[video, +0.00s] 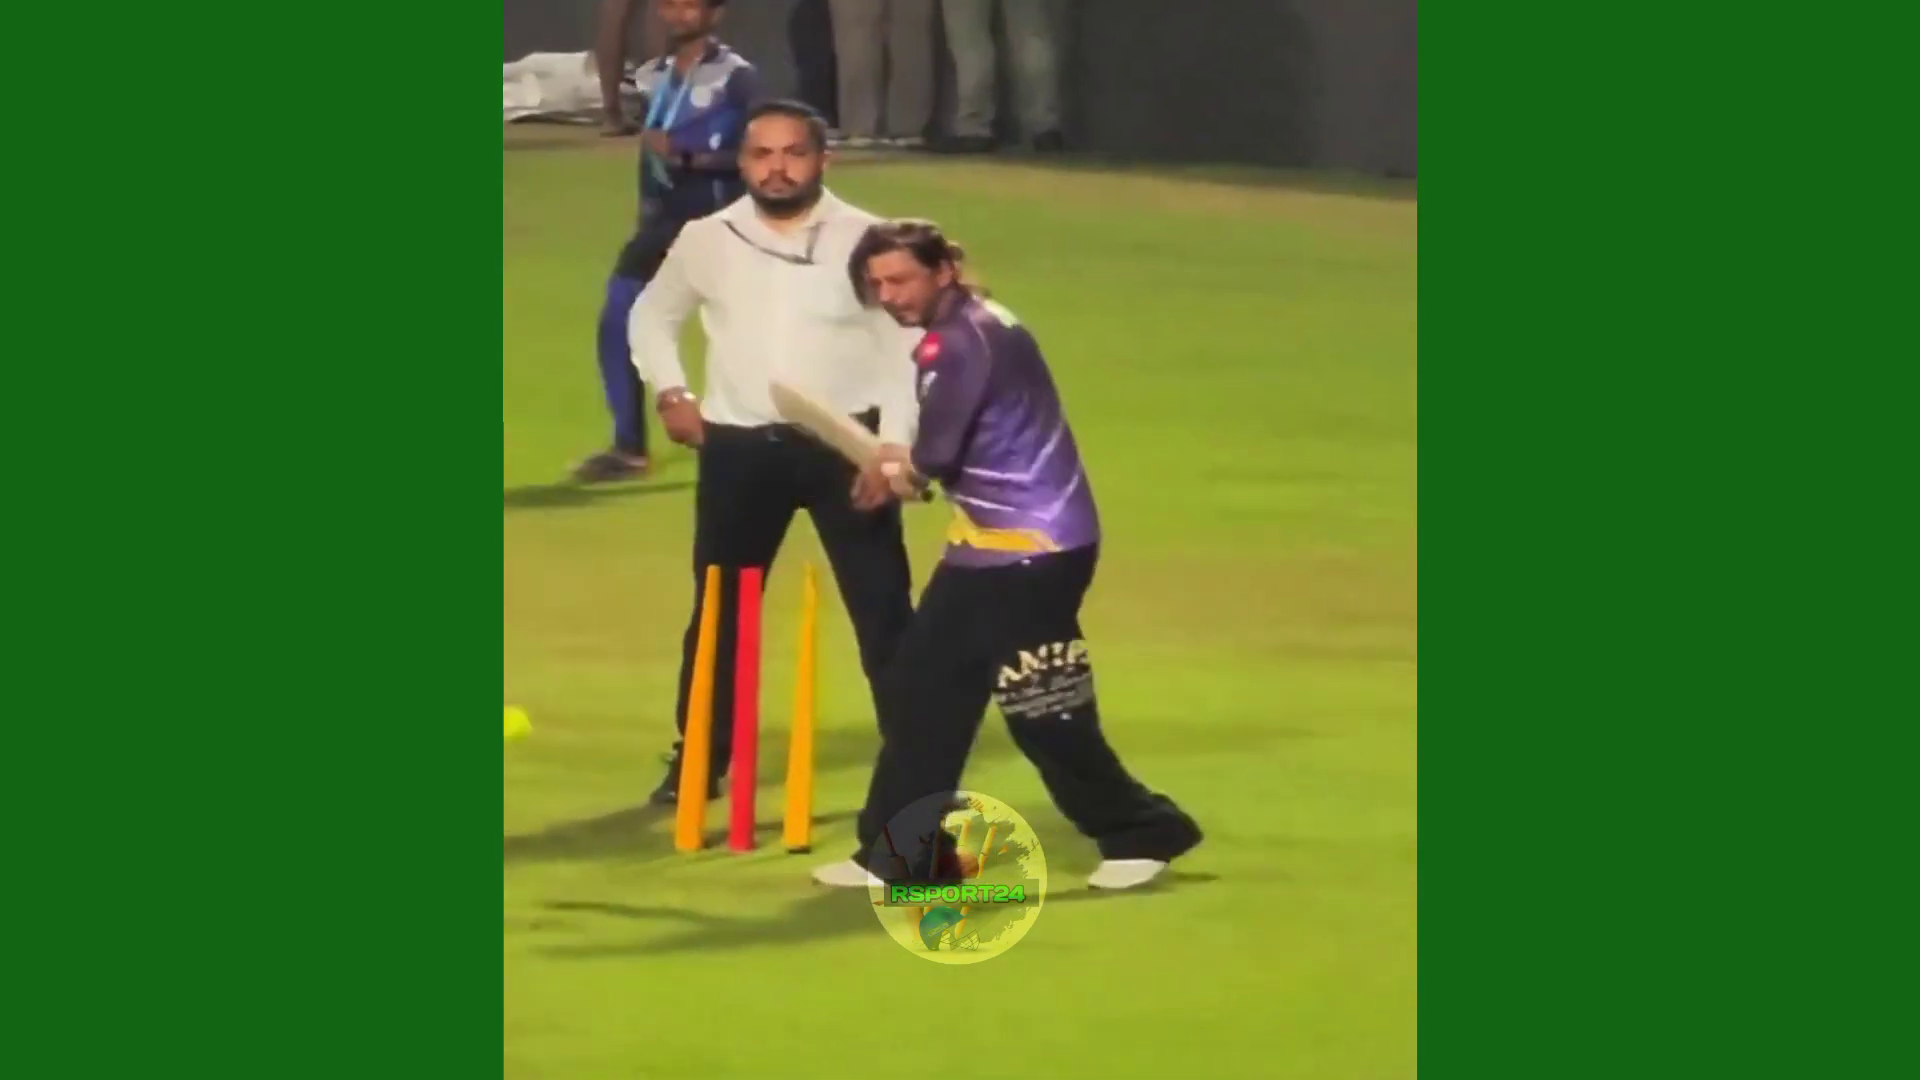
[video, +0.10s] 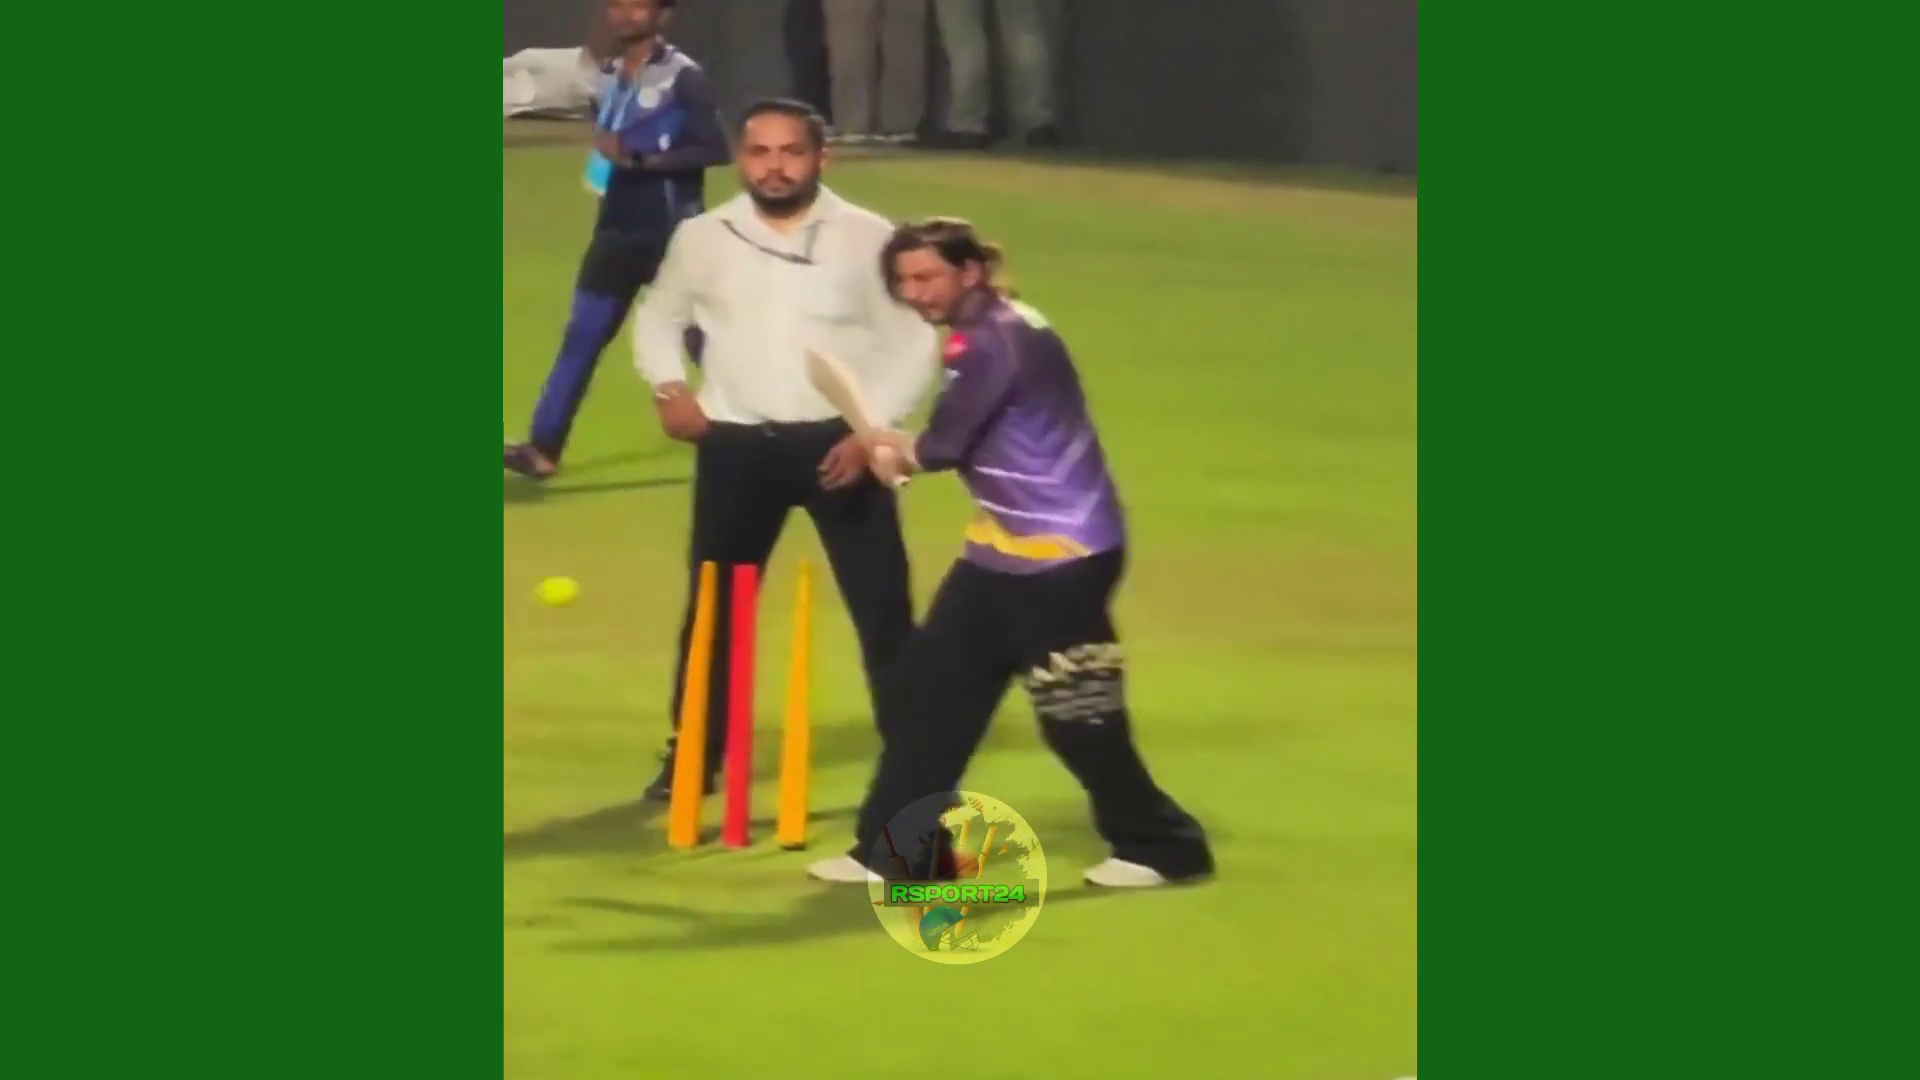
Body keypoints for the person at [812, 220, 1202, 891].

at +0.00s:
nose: (889, 298)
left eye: (900, 281)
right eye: (877, 286)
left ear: (943, 272)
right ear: (870, 290)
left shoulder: (960, 342)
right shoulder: (979, 321)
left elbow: (936, 454)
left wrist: (897, 474)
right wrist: (899, 470)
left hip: (1031, 547)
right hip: (994, 541)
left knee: (1047, 708)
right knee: (921, 688)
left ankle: (1141, 835)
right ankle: (892, 852)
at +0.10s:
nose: (916, 295)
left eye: (927, 278)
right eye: (906, 284)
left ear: (971, 272)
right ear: (902, 289)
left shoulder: (1000, 342)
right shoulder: (982, 329)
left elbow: (950, 445)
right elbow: (977, 437)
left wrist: (901, 454)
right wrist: (907, 456)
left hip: (1064, 555)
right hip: (1002, 547)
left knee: (1081, 720)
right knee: (933, 690)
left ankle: (1164, 849)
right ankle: (892, 849)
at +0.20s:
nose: (929, 287)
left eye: (940, 272)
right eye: (923, 275)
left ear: (987, 266)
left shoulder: (1031, 331)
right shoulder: (988, 335)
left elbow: (951, 417)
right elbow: (972, 443)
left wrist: (859, 436)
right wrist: (873, 449)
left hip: (1088, 543)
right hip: (1016, 539)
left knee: (1094, 701)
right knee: (942, 681)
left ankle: (1149, 845)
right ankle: (889, 843)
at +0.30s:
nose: (941, 269)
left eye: (951, 253)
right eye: (935, 257)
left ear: (1000, 247)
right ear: (948, 264)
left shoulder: (1069, 295)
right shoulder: (971, 331)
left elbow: (1021, 377)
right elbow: (935, 419)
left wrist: (919, 404)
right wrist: (844, 431)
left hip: (1101, 524)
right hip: (1022, 527)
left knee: (1100, 692)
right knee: (962, 676)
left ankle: (1147, 840)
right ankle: (909, 835)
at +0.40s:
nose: (957, 246)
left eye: (969, 230)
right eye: (948, 238)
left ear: (1016, 228)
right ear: (945, 248)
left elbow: (1116, 359)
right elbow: (946, 391)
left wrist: (1045, 379)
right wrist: (983, 399)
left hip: (1098, 510)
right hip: (1008, 519)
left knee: (1109, 680)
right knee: (962, 672)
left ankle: (1136, 837)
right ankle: (917, 830)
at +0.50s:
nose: (974, 232)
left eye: (986, 216)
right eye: (961, 223)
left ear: (1025, 217)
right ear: (951, 235)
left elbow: (1147, 330)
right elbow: (1008, 345)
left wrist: (1128, 353)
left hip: (1095, 510)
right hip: (993, 518)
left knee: (1107, 673)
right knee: (941, 655)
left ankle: (1121, 826)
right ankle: (926, 816)